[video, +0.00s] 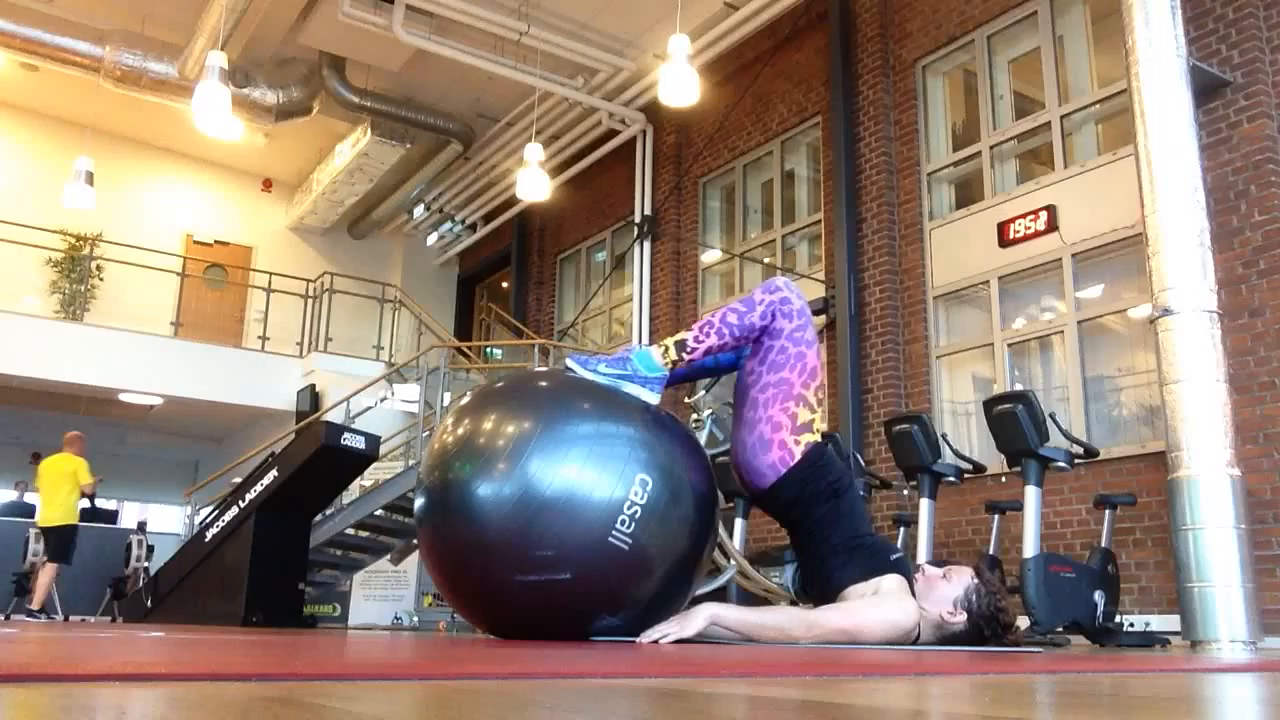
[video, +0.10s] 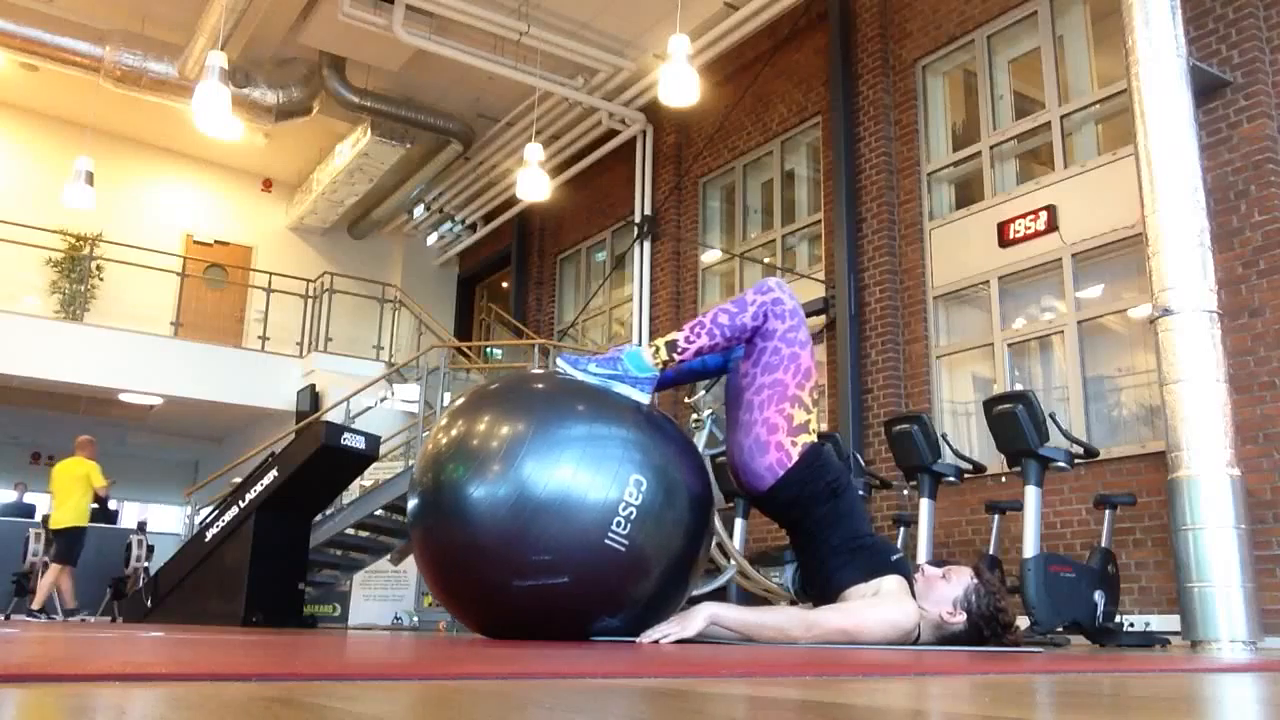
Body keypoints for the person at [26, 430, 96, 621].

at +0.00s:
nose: (83, 448)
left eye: (83, 445)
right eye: (82, 445)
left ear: (64, 445)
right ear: (78, 445)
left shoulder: (45, 462)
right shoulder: (79, 462)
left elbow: (39, 488)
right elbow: (87, 489)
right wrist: (94, 482)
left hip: (44, 518)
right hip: (65, 518)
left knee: (49, 562)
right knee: (53, 564)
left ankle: (36, 603)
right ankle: (35, 607)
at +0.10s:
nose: (96, 453)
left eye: (95, 449)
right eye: (94, 449)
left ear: (76, 448)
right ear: (89, 449)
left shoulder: (58, 466)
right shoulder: (90, 466)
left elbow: (53, 491)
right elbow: (102, 491)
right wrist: (106, 483)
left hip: (57, 520)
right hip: (75, 521)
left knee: (65, 566)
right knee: (57, 565)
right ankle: (35, 607)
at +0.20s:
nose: (106, 458)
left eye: (105, 455)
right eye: (105, 455)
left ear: (88, 453)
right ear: (100, 454)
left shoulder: (71, 472)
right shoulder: (100, 470)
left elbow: (68, 497)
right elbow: (113, 495)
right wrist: (123, 489)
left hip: (69, 526)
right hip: (87, 526)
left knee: (80, 569)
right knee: (67, 568)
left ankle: (87, 610)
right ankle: (39, 605)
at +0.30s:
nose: (118, 460)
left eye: (117, 457)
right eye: (117, 457)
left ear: (101, 455)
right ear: (113, 456)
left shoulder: (84, 474)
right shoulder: (111, 472)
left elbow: (85, 497)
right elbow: (123, 496)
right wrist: (136, 495)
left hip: (85, 525)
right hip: (100, 526)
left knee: (93, 571)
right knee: (92, 571)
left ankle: (92, 611)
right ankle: (53, 597)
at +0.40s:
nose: (131, 460)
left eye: (131, 457)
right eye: (131, 457)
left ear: (114, 454)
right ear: (126, 455)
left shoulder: (100, 473)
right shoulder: (121, 471)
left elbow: (100, 497)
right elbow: (132, 497)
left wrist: (127, 503)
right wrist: (151, 505)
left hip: (95, 525)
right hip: (112, 526)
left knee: (102, 569)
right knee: (119, 567)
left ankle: (93, 610)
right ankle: (79, 593)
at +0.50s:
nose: (145, 460)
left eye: (145, 456)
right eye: (144, 456)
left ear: (129, 454)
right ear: (138, 455)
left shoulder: (115, 472)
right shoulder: (131, 471)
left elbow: (116, 499)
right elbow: (139, 497)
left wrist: (141, 506)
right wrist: (154, 510)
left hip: (107, 525)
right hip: (123, 525)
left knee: (105, 567)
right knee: (136, 564)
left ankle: (94, 608)